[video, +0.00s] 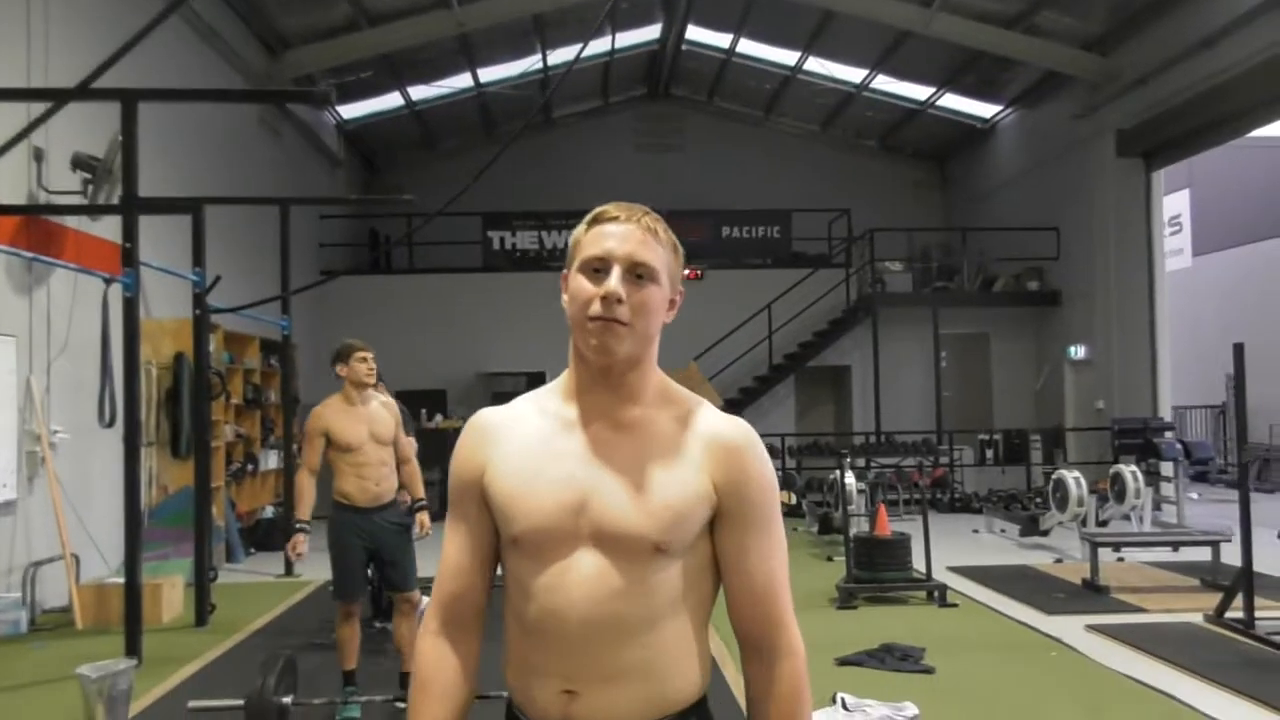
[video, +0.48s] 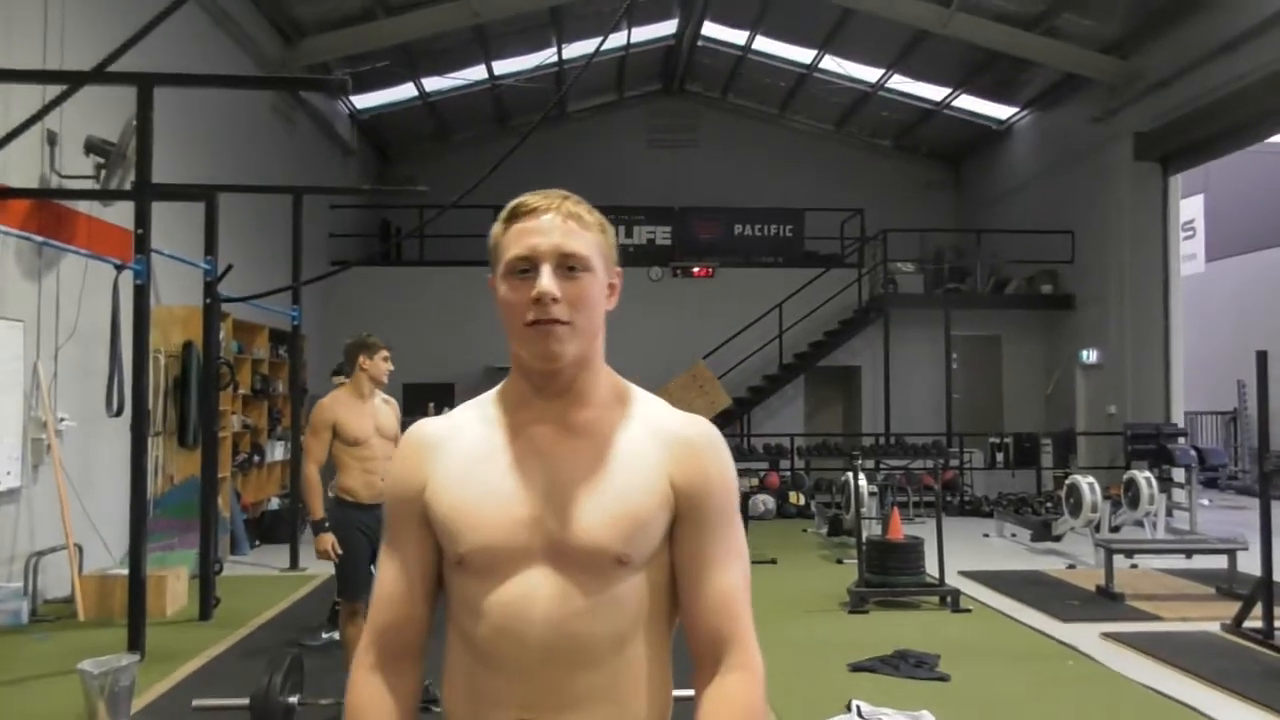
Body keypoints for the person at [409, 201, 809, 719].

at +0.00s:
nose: (612, 290)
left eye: (638, 276)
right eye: (594, 270)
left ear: (672, 304)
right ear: (566, 289)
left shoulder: (725, 447)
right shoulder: (491, 438)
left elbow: (771, 650)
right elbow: (448, 632)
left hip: (678, 712)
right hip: (530, 713)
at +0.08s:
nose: (604, 288)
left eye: (631, 272)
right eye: (586, 268)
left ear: (666, 300)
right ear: (557, 286)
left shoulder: (723, 446)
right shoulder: (485, 438)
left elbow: (768, 655)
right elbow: (444, 638)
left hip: (673, 711)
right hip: (523, 711)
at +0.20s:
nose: (595, 284)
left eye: (621, 266)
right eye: (576, 264)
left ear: (659, 291)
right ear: (548, 284)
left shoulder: (722, 444)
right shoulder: (476, 437)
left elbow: (759, 656)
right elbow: (436, 640)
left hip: (667, 712)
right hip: (515, 712)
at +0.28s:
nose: (587, 281)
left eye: (613, 262)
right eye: (568, 261)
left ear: (653, 286)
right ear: (540, 281)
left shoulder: (719, 440)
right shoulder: (469, 436)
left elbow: (753, 654)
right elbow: (428, 642)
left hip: (662, 709)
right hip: (508, 710)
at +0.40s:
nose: (565, 285)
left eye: (591, 264)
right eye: (544, 265)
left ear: (631, 288)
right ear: (516, 287)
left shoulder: (703, 445)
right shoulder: (449, 444)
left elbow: (740, 660)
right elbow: (405, 654)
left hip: (641, 709)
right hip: (490, 710)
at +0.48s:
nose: (545, 289)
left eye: (571, 268)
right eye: (523, 269)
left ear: (611, 289)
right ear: (495, 292)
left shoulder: (687, 448)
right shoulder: (429, 450)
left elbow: (730, 663)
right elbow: (386, 664)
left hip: (627, 708)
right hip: (474, 708)